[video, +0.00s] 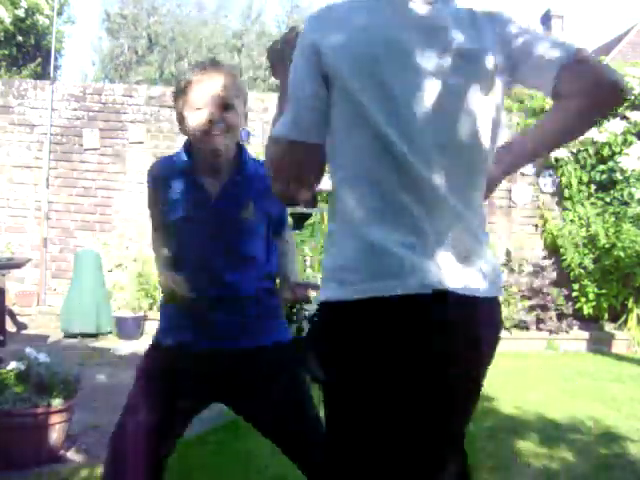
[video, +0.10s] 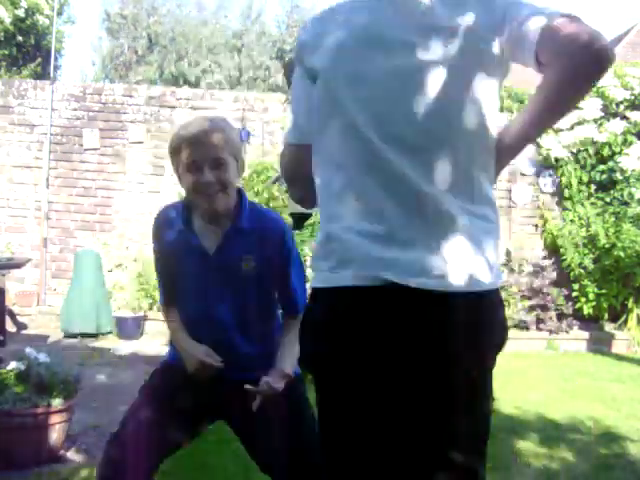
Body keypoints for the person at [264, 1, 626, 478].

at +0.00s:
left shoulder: (328, 26)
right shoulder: (484, 24)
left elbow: (292, 180)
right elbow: (599, 88)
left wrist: (288, 81)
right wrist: (500, 162)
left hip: (365, 304)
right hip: (470, 303)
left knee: (361, 462)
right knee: (444, 460)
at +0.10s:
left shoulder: (323, 27)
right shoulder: (482, 8)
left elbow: (297, 172)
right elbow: (586, 51)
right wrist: (503, 147)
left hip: (350, 295)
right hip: (463, 297)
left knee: (351, 464)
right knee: (455, 465)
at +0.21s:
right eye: (467, 17)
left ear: (373, 15)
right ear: (460, 16)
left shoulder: (325, 85)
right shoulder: (478, 64)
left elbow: (307, 218)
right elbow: (519, 153)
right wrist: (497, 237)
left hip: (336, 345)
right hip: (446, 350)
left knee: (333, 471)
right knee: (449, 470)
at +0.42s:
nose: (505, 71)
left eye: (508, 56)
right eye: (488, 52)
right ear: (427, 60)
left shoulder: (437, 152)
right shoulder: (396, 137)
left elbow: (428, 261)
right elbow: (297, 270)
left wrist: (485, 202)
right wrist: (429, 308)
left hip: (427, 399)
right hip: (381, 406)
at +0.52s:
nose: (492, 39)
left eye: (501, 22)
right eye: (470, 19)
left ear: (511, 31)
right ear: (419, 21)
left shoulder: (460, 122)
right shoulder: (379, 102)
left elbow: (449, 245)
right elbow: (257, 190)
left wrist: (522, 169)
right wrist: (388, 234)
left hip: (428, 356)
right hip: (375, 362)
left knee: (459, 468)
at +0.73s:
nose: (502, 69)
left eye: (509, 57)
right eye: (485, 52)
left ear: (517, 65)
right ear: (435, 57)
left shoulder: (470, 155)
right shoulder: (377, 131)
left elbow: (444, 263)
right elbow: (273, 210)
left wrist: (524, 213)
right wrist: (357, 282)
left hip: (423, 351)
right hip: (366, 352)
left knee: (440, 468)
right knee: (388, 471)